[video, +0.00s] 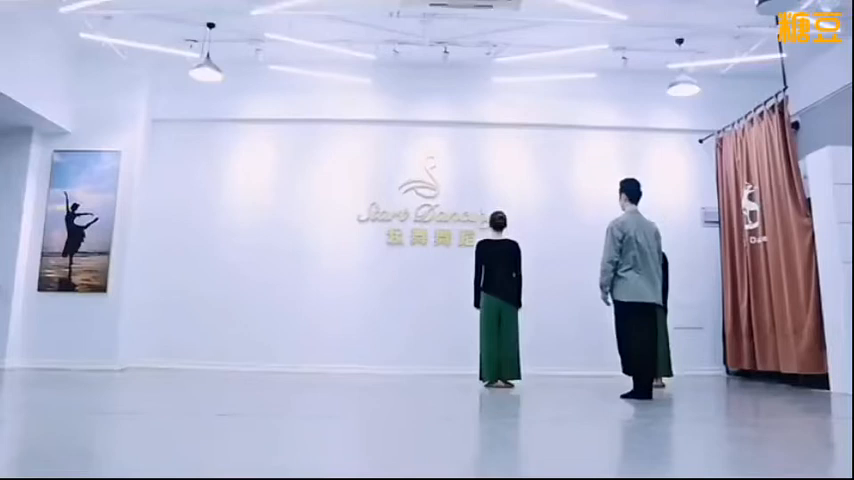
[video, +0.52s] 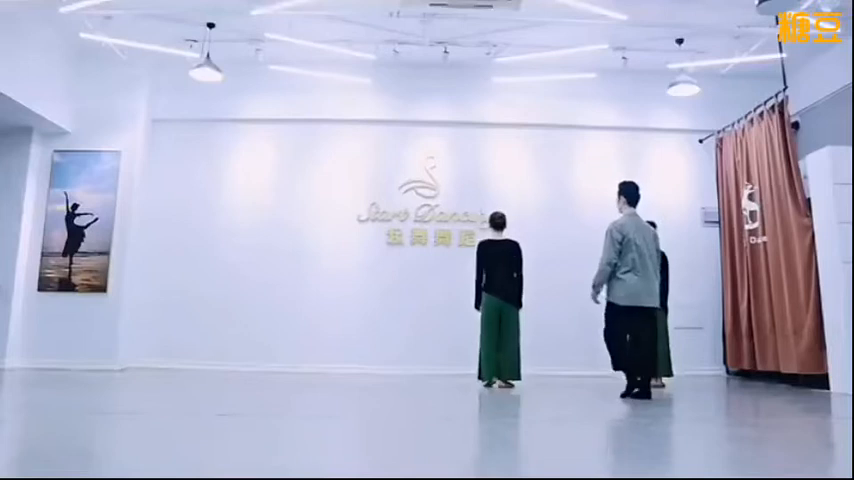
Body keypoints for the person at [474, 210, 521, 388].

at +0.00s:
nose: (498, 226)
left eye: (495, 223)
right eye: (501, 223)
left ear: (489, 225)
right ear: (505, 225)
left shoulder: (482, 245)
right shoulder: (513, 246)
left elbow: (478, 274)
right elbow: (518, 275)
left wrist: (476, 297)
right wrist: (519, 298)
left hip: (489, 296)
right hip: (508, 298)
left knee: (489, 336)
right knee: (507, 336)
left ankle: (490, 376)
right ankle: (505, 376)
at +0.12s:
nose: (498, 226)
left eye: (495, 223)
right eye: (501, 223)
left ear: (489, 224)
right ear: (505, 225)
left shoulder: (482, 245)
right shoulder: (513, 246)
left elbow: (478, 274)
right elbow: (518, 275)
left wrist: (476, 297)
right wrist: (519, 298)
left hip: (489, 296)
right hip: (508, 298)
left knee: (489, 336)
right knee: (507, 336)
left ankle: (490, 376)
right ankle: (505, 376)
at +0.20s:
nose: (498, 226)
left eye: (495, 223)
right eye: (501, 223)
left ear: (490, 225)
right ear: (505, 225)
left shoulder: (482, 245)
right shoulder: (513, 246)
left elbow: (478, 274)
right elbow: (518, 275)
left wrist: (476, 297)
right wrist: (519, 298)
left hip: (489, 296)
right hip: (508, 298)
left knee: (489, 336)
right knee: (508, 336)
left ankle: (490, 376)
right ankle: (505, 376)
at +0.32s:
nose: (498, 226)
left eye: (495, 223)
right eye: (501, 223)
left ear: (490, 225)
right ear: (506, 225)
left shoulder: (482, 245)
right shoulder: (513, 246)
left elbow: (478, 274)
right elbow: (519, 275)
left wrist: (477, 297)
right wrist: (519, 298)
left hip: (489, 296)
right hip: (509, 298)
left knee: (489, 336)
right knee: (508, 336)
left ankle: (490, 376)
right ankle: (505, 376)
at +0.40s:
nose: (498, 226)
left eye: (495, 222)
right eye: (501, 223)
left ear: (489, 224)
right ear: (505, 225)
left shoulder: (483, 245)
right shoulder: (513, 245)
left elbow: (478, 274)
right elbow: (519, 274)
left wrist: (477, 297)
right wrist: (519, 298)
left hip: (489, 296)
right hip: (509, 297)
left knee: (489, 336)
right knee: (508, 336)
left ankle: (490, 376)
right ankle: (505, 376)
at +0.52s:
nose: (498, 226)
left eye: (495, 223)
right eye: (501, 223)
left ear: (490, 225)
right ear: (505, 225)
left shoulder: (483, 246)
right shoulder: (514, 246)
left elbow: (479, 275)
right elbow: (519, 275)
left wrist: (477, 299)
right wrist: (519, 298)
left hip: (490, 296)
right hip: (510, 298)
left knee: (489, 336)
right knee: (509, 337)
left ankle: (488, 376)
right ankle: (506, 376)